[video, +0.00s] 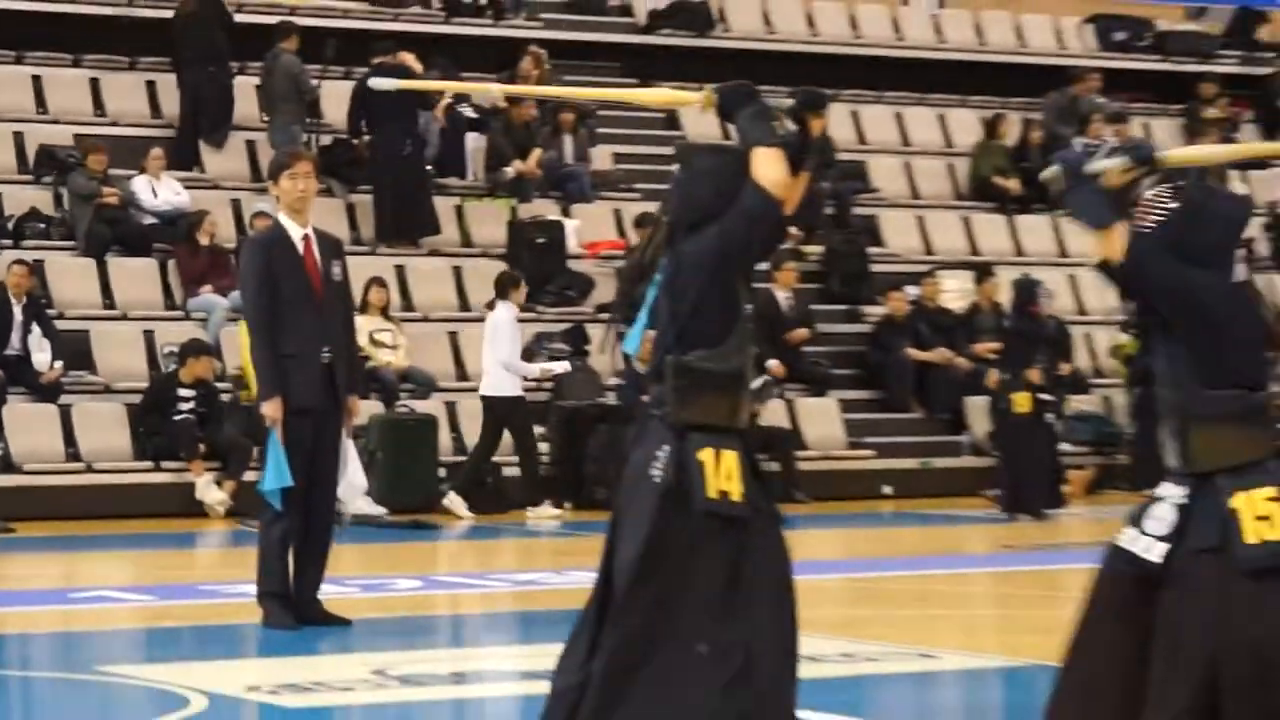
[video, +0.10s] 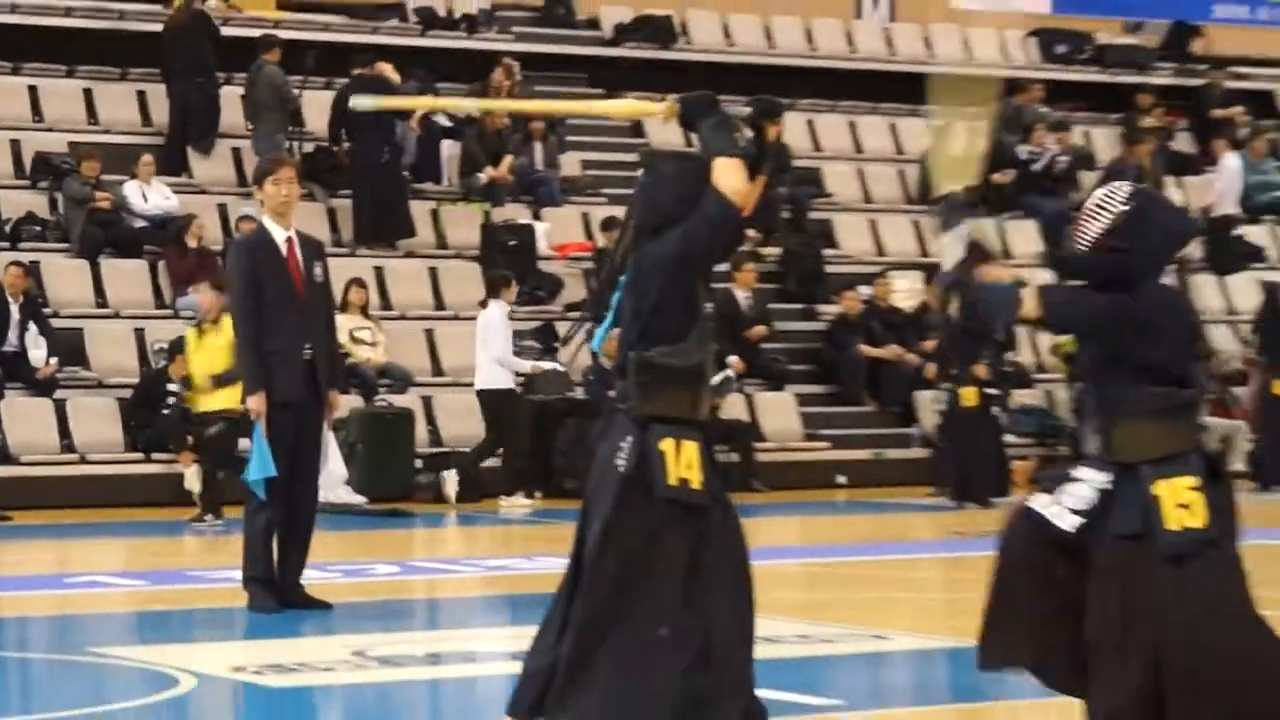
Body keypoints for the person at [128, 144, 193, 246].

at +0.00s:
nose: (159, 163)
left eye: (162, 159)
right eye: (154, 159)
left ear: (165, 161)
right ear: (145, 163)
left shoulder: (171, 181)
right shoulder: (138, 181)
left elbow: (186, 203)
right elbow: (149, 206)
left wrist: (162, 201)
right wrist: (177, 207)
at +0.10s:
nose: (149, 169)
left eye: (152, 165)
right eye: (145, 165)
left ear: (155, 167)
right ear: (136, 169)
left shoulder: (160, 186)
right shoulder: (129, 186)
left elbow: (175, 207)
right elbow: (139, 209)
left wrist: (152, 205)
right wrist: (165, 210)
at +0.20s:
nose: (140, 173)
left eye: (142, 169)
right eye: (135, 170)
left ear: (145, 171)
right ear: (126, 174)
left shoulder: (150, 190)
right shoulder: (120, 190)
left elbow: (164, 210)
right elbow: (130, 213)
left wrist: (141, 208)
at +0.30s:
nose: (128, 179)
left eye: (131, 176)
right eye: (124, 176)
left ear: (134, 178)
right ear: (116, 179)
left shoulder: (139, 196)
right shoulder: (110, 196)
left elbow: (152, 215)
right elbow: (120, 218)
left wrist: (130, 215)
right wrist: (144, 218)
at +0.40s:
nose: (119, 184)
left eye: (121, 181)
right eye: (115, 181)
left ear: (124, 183)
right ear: (107, 184)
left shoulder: (130, 200)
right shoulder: (101, 200)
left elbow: (143, 219)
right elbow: (113, 221)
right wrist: (136, 220)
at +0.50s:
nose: (125, 187)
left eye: (127, 183)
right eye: (121, 183)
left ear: (130, 186)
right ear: (113, 187)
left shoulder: (135, 202)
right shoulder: (108, 202)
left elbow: (148, 220)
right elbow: (118, 222)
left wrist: (126, 219)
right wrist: (143, 223)